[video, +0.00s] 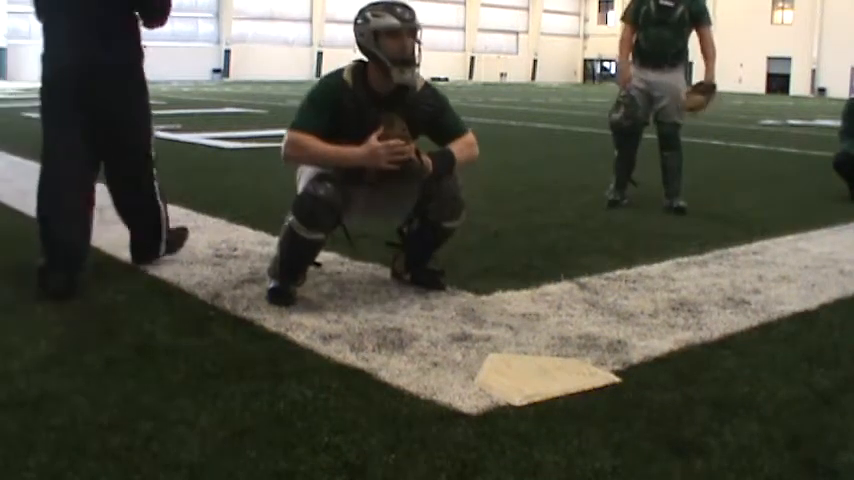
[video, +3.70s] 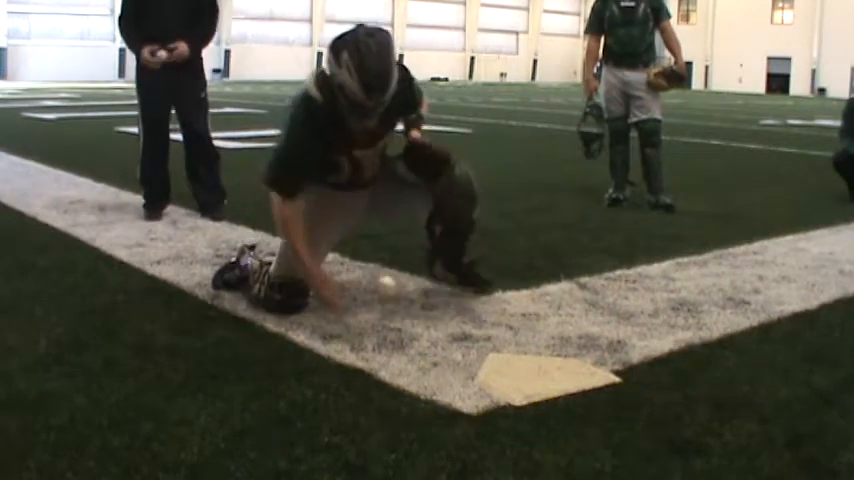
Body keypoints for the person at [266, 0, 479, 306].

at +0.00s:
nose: (406, 46)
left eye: (410, 37)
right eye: (394, 37)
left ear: (417, 40)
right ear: (369, 42)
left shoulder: (421, 95)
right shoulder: (334, 89)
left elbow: (469, 147)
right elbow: (293, 148)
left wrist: (429, 163)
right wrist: (362, 156)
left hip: (392, 187)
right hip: (337, 185)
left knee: (445, 190)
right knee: (322, 193)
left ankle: (412, 266)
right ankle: (285, 278)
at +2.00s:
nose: (401, 42)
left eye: (404, 32)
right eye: (388, 32)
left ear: (409, 35)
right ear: (363, 38)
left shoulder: (412, 90)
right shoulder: (325, 80)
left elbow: (459, 141)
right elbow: (279, 139)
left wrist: (448, 163)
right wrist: (346, 154)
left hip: (379, 164)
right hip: (321, 161)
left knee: (436, 179)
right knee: (302, 189)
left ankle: (430, 263)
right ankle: (253, 277)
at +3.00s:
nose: (400, 64)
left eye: (407, 55)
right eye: (392, 54)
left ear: (417, 51)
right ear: (369, 44)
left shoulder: (418, 79)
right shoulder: (328, 64)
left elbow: (424, 140)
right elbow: (315, 143)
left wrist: (409, 197)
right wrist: (352, 206)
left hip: (366, 158)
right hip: (313, 153)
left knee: (433, 206)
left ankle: (412, 255)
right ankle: (250, 261)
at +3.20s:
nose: (401, 94)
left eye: (408, 84)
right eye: (392, 84)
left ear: (416, 78)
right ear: (368, 74)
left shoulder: (415, 113)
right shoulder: (330, 107)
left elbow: (418, 162)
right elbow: (308, 185)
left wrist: (384, 208)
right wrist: (344, 240)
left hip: (370, 206)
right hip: (316, 204)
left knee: (430, 281)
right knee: (292, 296)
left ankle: (371, 254)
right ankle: (252, 264)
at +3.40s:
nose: (381, 110)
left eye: (389, 103)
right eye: (373, 103)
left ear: (400, 89)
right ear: (350, 84)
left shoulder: (405, 113)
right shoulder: (310, 110)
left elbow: (403, 160)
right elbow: (267, 155)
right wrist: (317, 211)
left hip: (371, 205)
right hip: (312, 203)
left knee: (430, 281)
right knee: (291, 297)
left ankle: (362, 255)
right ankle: (255, 265)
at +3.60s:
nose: (350, 95)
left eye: (358, 87)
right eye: (340, 87)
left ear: (372, 70)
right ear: (318, 71)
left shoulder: (384, 77)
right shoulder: (286, 94)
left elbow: (396, 118)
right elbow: (246, 140)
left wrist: (388, 158)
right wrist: (281, 188)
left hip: (377, 182)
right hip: (322, 194)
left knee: (450, 250)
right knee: (287, 297)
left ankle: (412, 245)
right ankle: (251, 266)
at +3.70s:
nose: (368, 111)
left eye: (376, 103)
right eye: (358, 102)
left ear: (392, 76)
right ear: (336, 81)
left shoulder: (399, 83)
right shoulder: (310, 107)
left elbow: (414, 108)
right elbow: (282, 198)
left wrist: (416, 137)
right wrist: (315, 276)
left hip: (381, 183)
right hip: (328, 194)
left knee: (455, 187)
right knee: (286, 298)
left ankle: (449, 262)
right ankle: (251, 270)